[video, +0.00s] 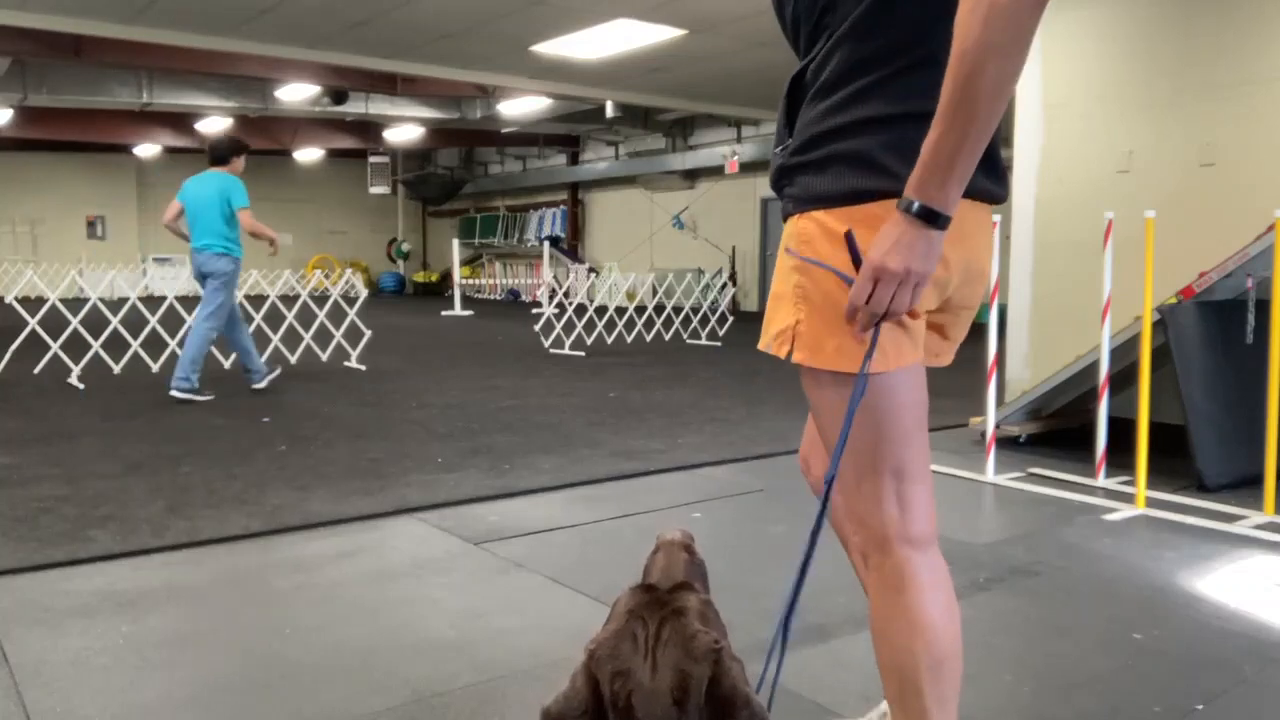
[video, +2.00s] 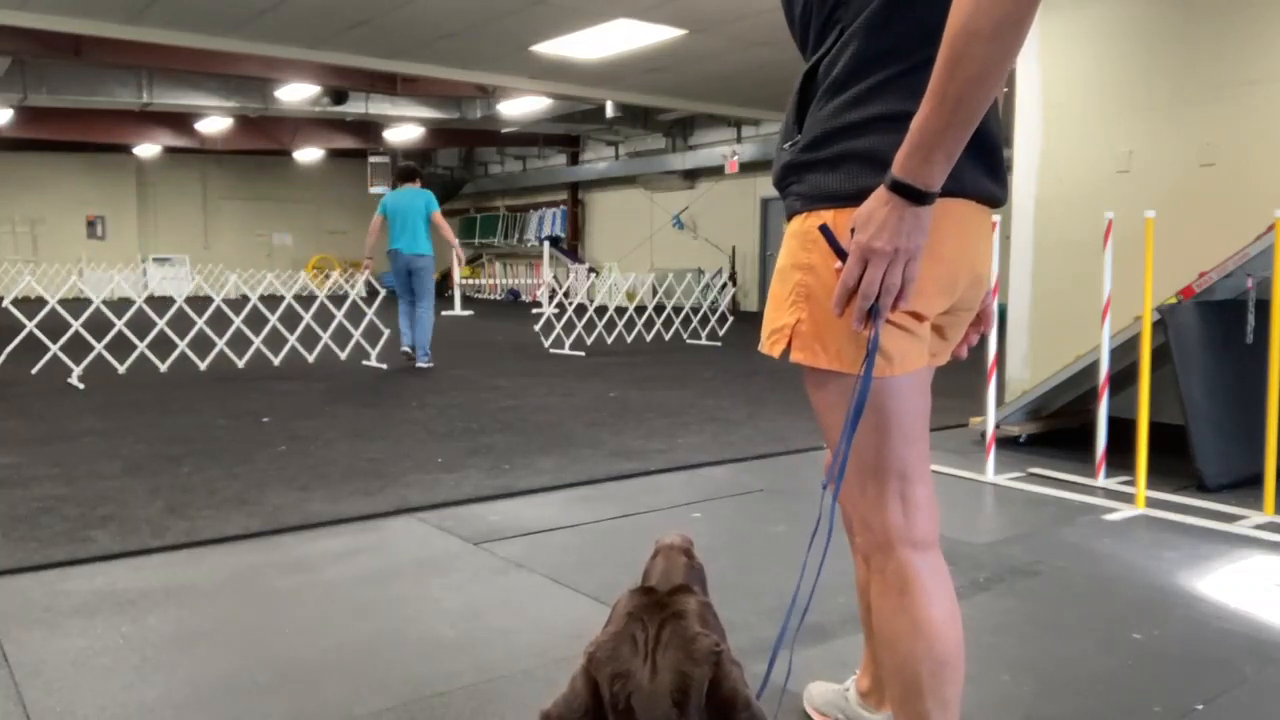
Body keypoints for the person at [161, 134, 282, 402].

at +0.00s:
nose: (244, 165)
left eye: (245, 160)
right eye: (243, 160)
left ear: (214, 159)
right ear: (232, 159)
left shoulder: (191, 182)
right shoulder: (232, 183)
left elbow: (169, 220)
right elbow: (249, 225)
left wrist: (191, 238)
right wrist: (272, 236)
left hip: (198, 258)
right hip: (223, 259)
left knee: (231, 319)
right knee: (208, 321)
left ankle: (258, 373)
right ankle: (183, 383)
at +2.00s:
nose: (421, 184)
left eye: (420, 182)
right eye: (421, 182)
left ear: (398, 181)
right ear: (417, 181)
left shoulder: (388, 198)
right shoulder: (425, 195)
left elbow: (374, 228)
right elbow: (439, 222)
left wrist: (368, 256)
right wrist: (456, 245)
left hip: (396, 253)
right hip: (421, 253)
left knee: (404, 299)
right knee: (424, 304)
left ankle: (406, 342)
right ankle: (422, 356)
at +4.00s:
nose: (330, 186)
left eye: (332, 182)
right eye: (326, 181)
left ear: (331, 185)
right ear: (315, 182)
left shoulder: (321, 204)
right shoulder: (305, 201)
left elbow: (321, 236)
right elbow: (292, 230)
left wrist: (329, 257)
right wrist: (285, 258)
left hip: (317, 257)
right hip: (306, 256)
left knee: (311, 299)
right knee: (316, 298)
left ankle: (306, 341)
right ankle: (307, 342)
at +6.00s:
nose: (285, 186)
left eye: (289, 183)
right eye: (282, 181)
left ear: (291, 187)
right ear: (272, 184)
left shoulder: (283, 206)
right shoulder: (264, 203)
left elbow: (283, 232)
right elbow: (257, 232)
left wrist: (290, 255)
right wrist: (259, 261)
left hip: (287, 256)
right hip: (275, 256)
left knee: (279, 299)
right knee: (284, 298)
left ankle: (274, 340)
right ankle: (277, 342)